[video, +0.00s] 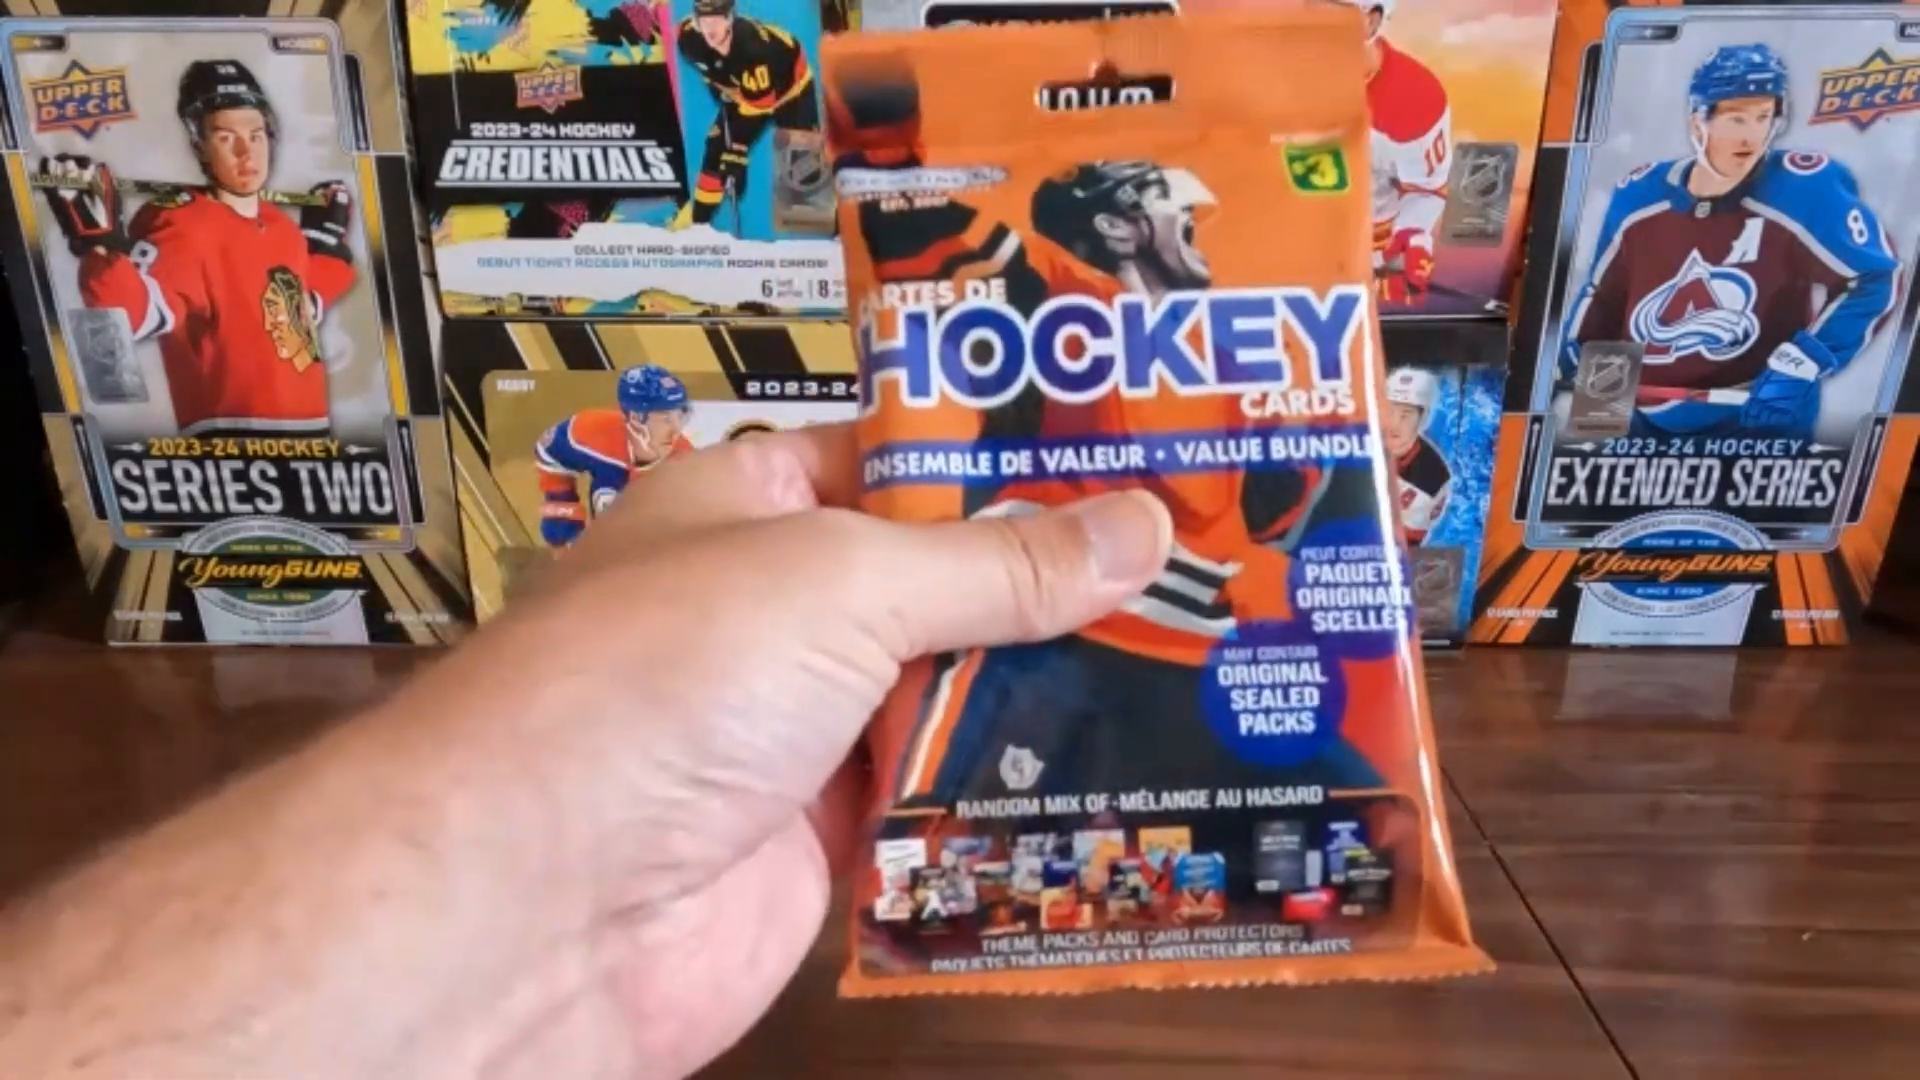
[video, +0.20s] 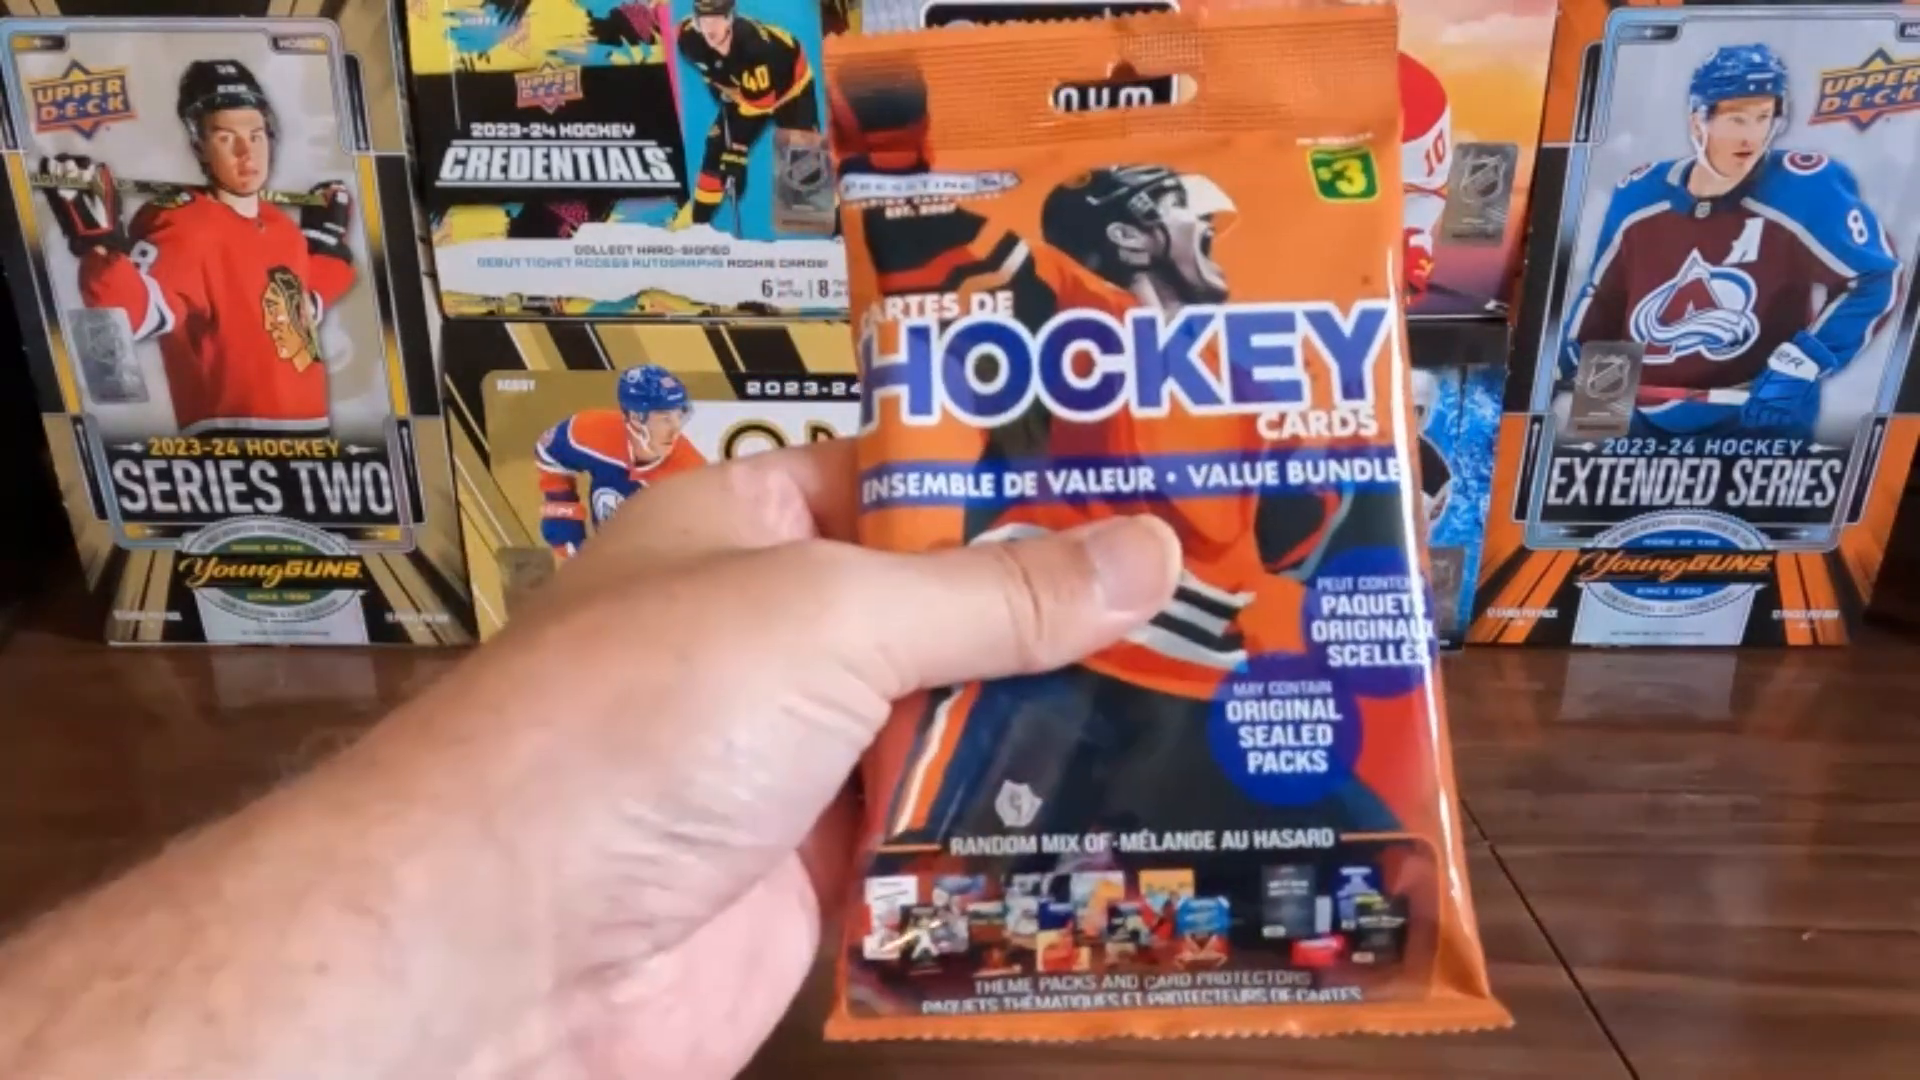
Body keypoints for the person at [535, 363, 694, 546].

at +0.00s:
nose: (675, 430)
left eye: (679, 416)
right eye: (665, 418)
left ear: (685, 415)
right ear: (636, 419)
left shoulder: (682, 454)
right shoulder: (600, 435)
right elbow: (549, 452)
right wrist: (561, 507)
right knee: (564, 528)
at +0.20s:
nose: (676, 429)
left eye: (679, 418)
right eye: (665, 420)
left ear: (684, 415)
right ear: (634, 419)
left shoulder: (693, 471)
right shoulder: (591, 433)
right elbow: (550, 454)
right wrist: (565, 530)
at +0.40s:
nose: (675, 430)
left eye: (679, 418)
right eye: (665, 419)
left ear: (684, 418)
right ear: (635, 420)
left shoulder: (691, 471)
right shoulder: (591, 432)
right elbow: (550, 454)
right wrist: (563, 518)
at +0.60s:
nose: (676, 429)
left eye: (679, 418)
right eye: (665, 419)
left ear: (685, 417)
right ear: (634, 419)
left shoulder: (692, 468)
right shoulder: (590, 432)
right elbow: (550, 453)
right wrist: (561, 511)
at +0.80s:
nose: (675, 430)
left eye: (679, 419)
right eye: (664, 420)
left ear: (685, 417)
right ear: (635, 420)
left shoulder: (691, 475)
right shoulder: (592, 432)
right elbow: (550, 453)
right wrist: (565, 529)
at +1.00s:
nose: (676, 429)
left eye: (679, 417)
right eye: (665, 419)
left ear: (685, 414)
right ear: (635, 420)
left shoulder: (691, 477)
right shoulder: (592, 433)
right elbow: (550, 453)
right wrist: (561, 509)